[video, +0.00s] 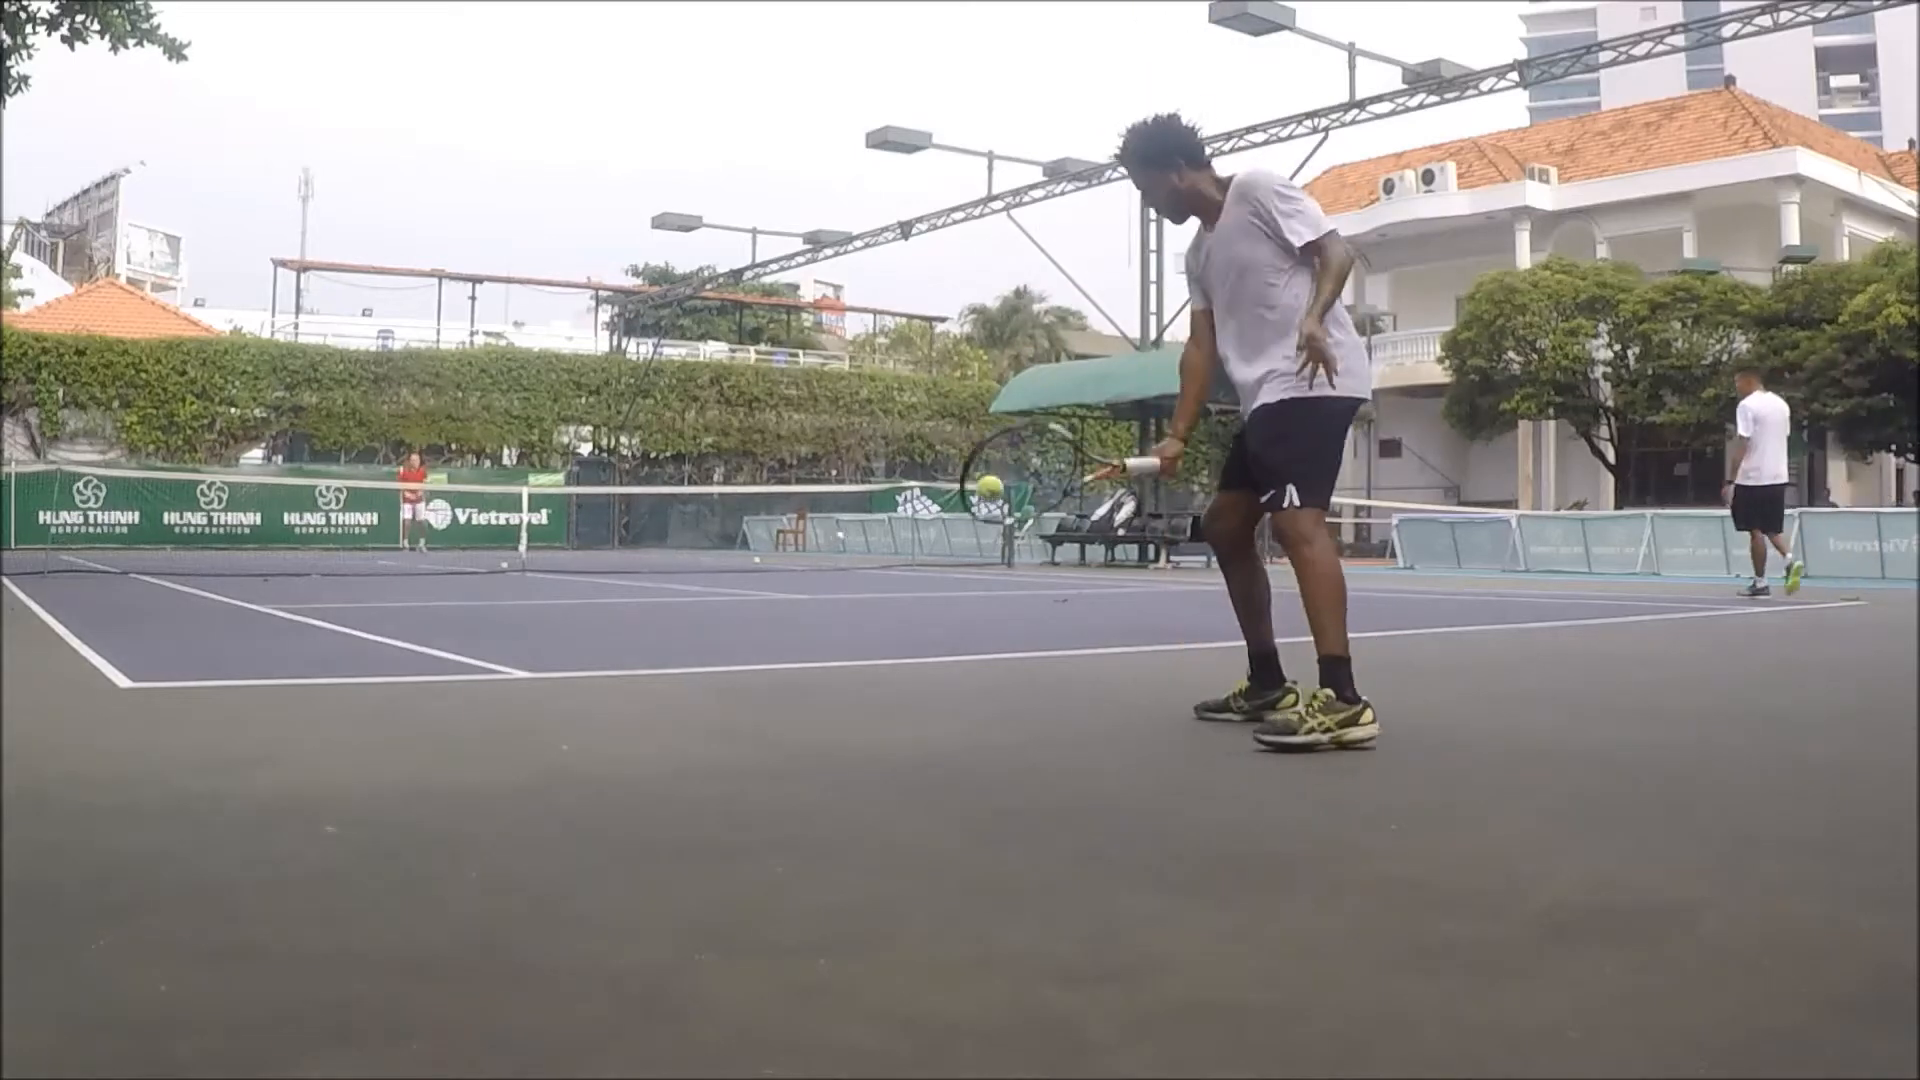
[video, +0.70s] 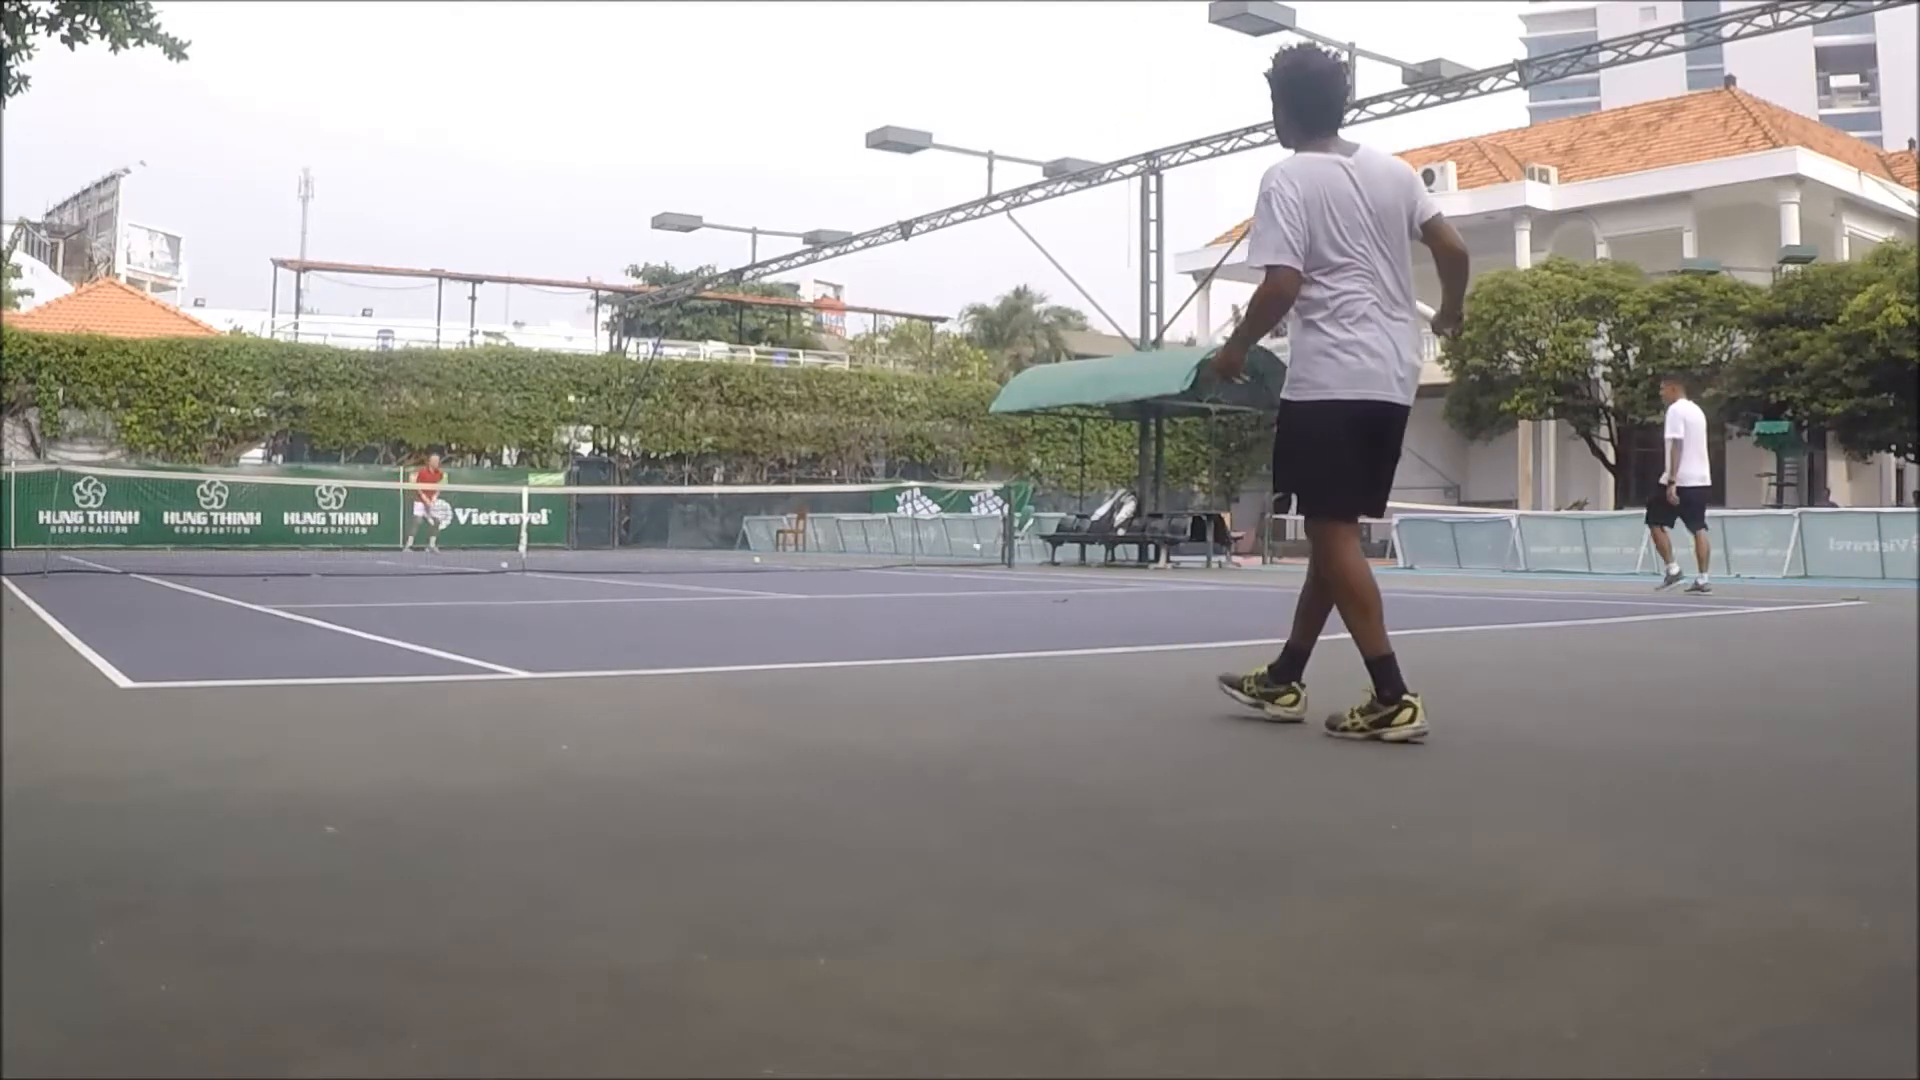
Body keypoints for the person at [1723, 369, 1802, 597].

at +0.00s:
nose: (1736, 387)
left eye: (1738, 382)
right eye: (1736, 383)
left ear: (1749, 382)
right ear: (1756, 381)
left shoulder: (1746, 405)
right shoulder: (1781, 403)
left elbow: (1742, 443)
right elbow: (1785, 436)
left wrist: (1732, 479)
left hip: (1753, 478)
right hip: (1777, 477)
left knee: (1756, 531)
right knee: (1772, 528)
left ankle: (1760, 582)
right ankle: (1790, 560)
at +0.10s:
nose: (1726, 388)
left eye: (1728, 383)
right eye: (1725, 384)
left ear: (1738, 383)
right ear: (1747, 383)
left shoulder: (1737, 405)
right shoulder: (1770, 405)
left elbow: (1725, 444)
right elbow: (1775, 438)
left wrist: (1707, 474)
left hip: (1746, 478)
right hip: (1767, 476)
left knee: (1751, 530)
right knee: (1756, 528)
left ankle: (1760, 581)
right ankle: (1763, 572)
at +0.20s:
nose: (1716, 390)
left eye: (1718, 385)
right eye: (1716, 386)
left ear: (1729, 386)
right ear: (1736, 386)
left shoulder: (1727, 408)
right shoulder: (1760, 408)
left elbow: (1713, 444)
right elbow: (1765, 447)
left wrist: (1691, 467)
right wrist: (1767, 479)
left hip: (1736, 480)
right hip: (1756, 479)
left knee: (1746, 532)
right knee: (1739, 531)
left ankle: (1759, 581)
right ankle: (1732, 576)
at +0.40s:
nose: (1695, 395)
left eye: (1697, 390)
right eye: (1695, 391)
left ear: (1708, 390)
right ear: (1713, 391)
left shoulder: (1706, 413)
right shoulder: (1736, 415)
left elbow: (1695, 448)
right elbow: (1742, 453)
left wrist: (1672, 471)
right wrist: (1746, 486)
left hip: (1713, 486)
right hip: (1730, 485)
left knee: (1723, 533)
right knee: (1712, 533)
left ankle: (1752, 573)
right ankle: (1704, 580)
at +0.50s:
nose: (1684, 393)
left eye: (1687, 388)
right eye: (1685, 388)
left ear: (1698, 389)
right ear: (1703, 390)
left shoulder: (1695, 411)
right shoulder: (1723, 413)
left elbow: (1687, 446)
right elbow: (1725, 453)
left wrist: (1671, 478)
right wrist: (1727, 485)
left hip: (1698, 484)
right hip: (1719, 483)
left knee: (1694, 530)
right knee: (1709, 531)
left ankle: (1731, 560)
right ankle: (1703, 579)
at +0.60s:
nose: (1674, 393)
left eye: (1675, 388)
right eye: (1674, 388)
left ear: (1686, 388)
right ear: (1692, 389)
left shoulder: (1686, 409)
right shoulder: (1710, 411)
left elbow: (1681, 445)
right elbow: (1710, 447)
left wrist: (1671, 479)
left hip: (1690, 480)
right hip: (1710, 480)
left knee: (1672, 524)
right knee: (1703, 530)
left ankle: (1704, 558)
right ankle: (1704, 579)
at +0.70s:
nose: (1661, 393)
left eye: (1663, 389)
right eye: (1661, 389)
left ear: (1674, 389)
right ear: (1678, 389)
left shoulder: (1675, 410)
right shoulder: (1697, 410)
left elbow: (1677, 445)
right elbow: (1699, 446)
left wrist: (1672, 480)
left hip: (1680, 481)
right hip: (1701, 480)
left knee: (1655, 521)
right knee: (1699, 529)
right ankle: (1703, 578)